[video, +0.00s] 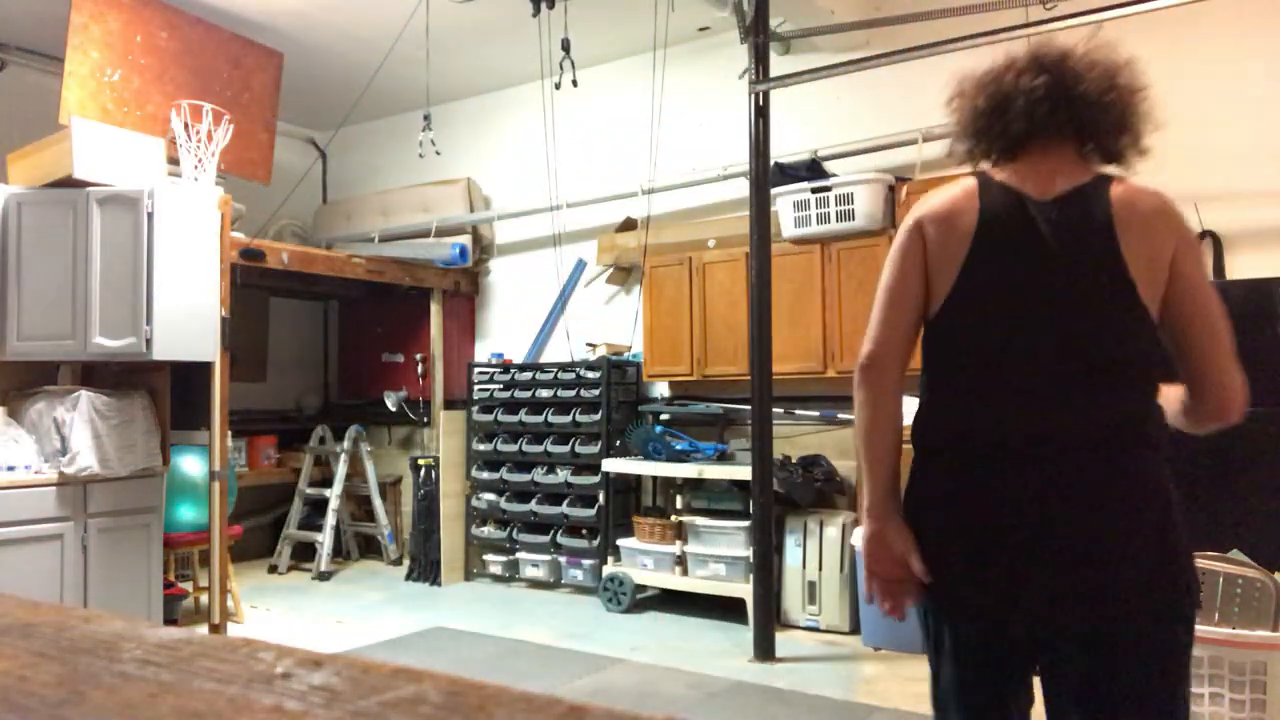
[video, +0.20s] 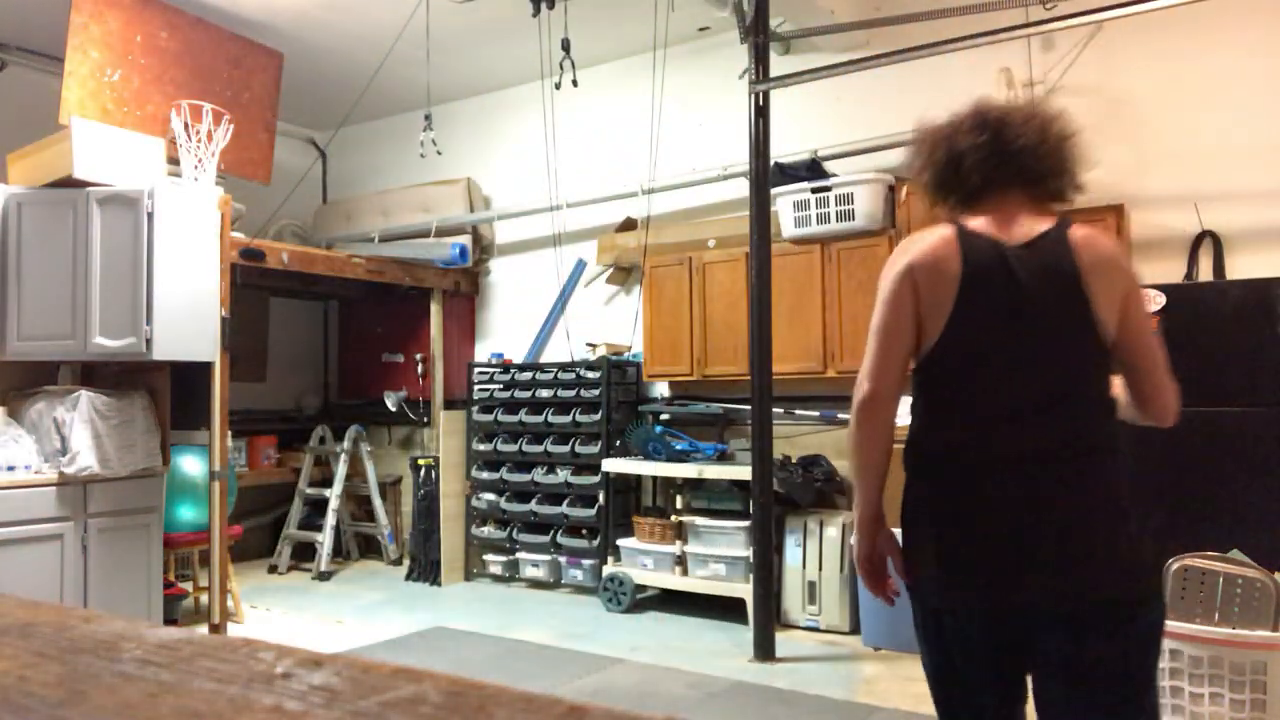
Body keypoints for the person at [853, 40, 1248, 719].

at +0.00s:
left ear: (993, 127)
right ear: (1095, 126)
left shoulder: (938, 217)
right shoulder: (1151, 215)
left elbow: (876, 370)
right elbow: (1221, 403)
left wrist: (879, 514)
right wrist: (1140, 387)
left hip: (969, 546)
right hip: (1121, 548)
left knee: (975, 708)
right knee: (1127, 709)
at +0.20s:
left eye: (940, 177)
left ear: (952, 179)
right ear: (1047, 172)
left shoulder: (919, 260)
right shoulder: (1098, 254)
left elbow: (872, 402)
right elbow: (1160, 407)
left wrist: (869, 521)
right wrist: (1096, 384)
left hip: (961, 559)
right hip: (1088, 553)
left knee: (977, 710)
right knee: (1103, 710)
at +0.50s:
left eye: (889, 206)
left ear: (898, 205)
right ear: (980, 190)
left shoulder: (883, 272)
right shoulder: (1036, 262)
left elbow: (850, 405)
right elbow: (1084, 394)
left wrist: (892, 444)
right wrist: (1019, 395)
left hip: (929, 510)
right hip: (1034, 501)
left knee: (952, 696)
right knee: (1041, 683)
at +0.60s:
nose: (870, 219)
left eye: (876, 208)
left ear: (885, 209)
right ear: (960, 195)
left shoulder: (870, 276)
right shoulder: (1015, 265)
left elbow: (843, 405)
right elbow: (1064, 389)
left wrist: (900, 430)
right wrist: (998, 402)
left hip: (920, 494)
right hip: (1016, 486)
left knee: (943, 683)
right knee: (1013, 678)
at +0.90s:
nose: (814, 241)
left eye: (818, 231)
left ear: (831, 236)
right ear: (897, 229)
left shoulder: (823, 302)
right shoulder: (943, 293)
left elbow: (802, 420)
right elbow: (997, 395)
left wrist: (849, 462)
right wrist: (946, 440)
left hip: (875, 489)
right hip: (953, 484)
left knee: (902, 678)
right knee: (922, 672)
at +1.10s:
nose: (780, 241)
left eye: (787, 232)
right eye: (783, 230)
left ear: (800, 244)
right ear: (853, 243)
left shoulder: (794, 306)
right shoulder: (879, 305)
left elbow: (770, 417)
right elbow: (922, 399)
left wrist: (793, 472)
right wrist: (874, 435)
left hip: (837, 489)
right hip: (907, 483)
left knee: (812, 632)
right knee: (886, 640)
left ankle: (876, 712)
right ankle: (890, 715)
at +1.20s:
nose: (753, 240)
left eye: (761, 231)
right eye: (756, 229)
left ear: (783, 240)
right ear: (820, 241)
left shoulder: (781, 302)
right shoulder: (846, 302)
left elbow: (757, 408)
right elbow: (874, 394)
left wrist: (759, 467)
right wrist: (793, 462)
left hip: (819, 491)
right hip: (884, 487)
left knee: (776, 623)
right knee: (871, 642)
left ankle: (814, 712)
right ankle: (884, 714)